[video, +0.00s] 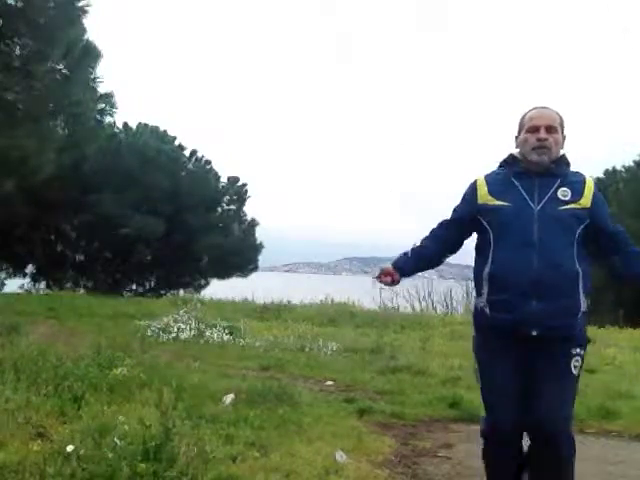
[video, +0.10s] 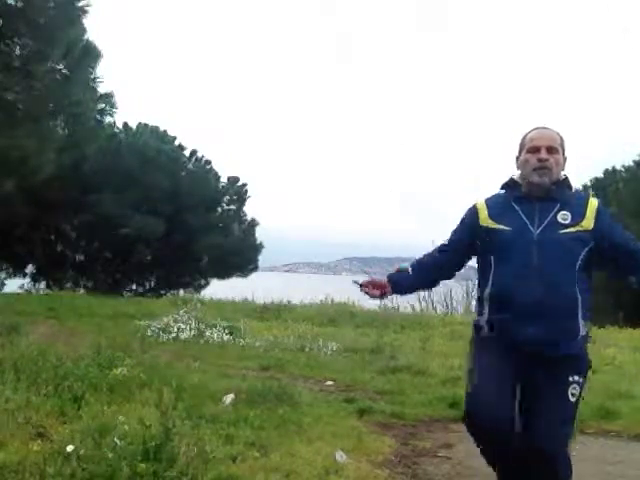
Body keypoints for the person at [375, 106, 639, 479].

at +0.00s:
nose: (542, 136)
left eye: (550, 130)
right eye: (533, 130)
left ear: (562, 140)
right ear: (518, 140)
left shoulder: (584, 192)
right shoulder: (486, 189)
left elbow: (620, 250)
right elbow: (446, 237)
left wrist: (638, 273)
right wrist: (401, 266)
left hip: (560, 333)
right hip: (498, 330)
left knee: (553, 429)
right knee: (501, 428)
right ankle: (503, 476)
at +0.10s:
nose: (542, 156)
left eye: (551, 150)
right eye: (533, 150)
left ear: (564, 161)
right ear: (518, 160)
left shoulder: (590, 212)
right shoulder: (487, 211)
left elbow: (634, 258)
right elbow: (444, 260)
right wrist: (392, 283)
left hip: (561, 348)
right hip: (496, 345)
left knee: (547, 446)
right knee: (484, 419)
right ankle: (520, 470)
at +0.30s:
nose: (541, 130)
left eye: (550, 125)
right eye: (532, 124)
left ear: (562, 134)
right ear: (517, 133)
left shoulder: (574, 169)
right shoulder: (496, 177)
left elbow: (570, 209)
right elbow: (496, 247)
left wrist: (502, 241)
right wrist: (573, 270)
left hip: (553, 311)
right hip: (499, 310)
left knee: (546, 416)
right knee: (492, 400)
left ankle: (542, 473)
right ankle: (499, 473)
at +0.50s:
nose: (534, 157)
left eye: (542, 151)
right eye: (525, 151)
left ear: (553, 161)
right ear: (510, 160)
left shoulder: (571, 202)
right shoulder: (486, 208)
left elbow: (567, 254)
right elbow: (487, 270)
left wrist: (516, 251)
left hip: (553, 332)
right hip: (497, 334)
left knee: (558, 405)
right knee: (497, 433)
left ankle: (537, 468)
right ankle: (499, 473)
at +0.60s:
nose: (537, 135)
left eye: (546, 129)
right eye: (528, 128)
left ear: (558, 139)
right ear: (512, 138)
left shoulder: (579, 194)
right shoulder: (482, 192)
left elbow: (598, 254)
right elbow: (456, 250)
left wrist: (623, 295)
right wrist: (428, 299)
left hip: (559, 328)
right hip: (498, 329)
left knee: (551, 416)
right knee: (501, 431)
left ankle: (547, 475)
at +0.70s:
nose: (537, 142)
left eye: (546, 136)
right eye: (528, 135)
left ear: (559, 145)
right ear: (514, 144)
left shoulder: (583, 198)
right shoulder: (483, 194)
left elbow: (623, 248)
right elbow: (441, 245)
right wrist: (387, 270)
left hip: (558, 335)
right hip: (495, 334)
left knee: (545, 431)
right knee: (491, 425)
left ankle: (546, 476)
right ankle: (513, 473)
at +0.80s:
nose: (540, 158)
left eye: (548, 152)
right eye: (531, 152)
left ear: (560, 163)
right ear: (515, 162)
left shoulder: (585, 215)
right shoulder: (484, 215)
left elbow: (624, 263)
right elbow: (458, 269)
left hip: (558, 343)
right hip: (494, 340)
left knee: (545, 453)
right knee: (475, 398)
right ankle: (503, 461)